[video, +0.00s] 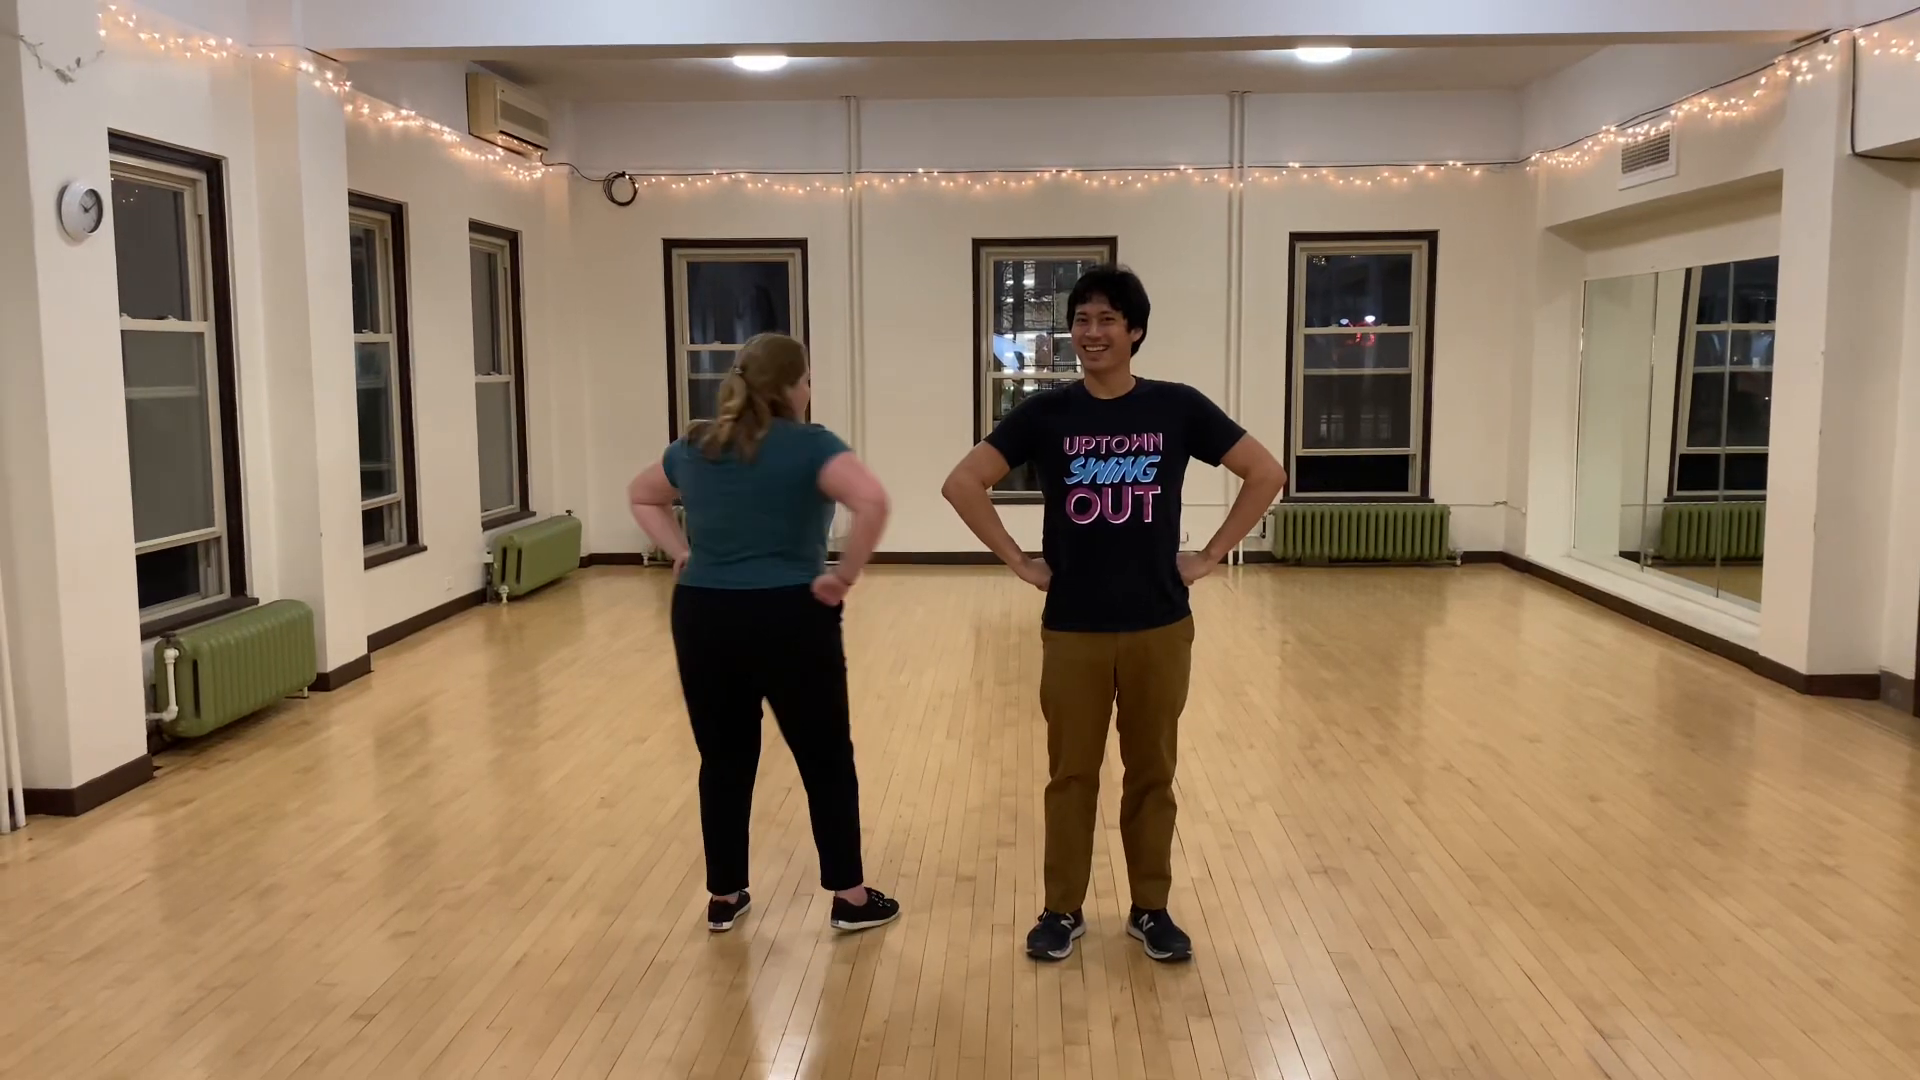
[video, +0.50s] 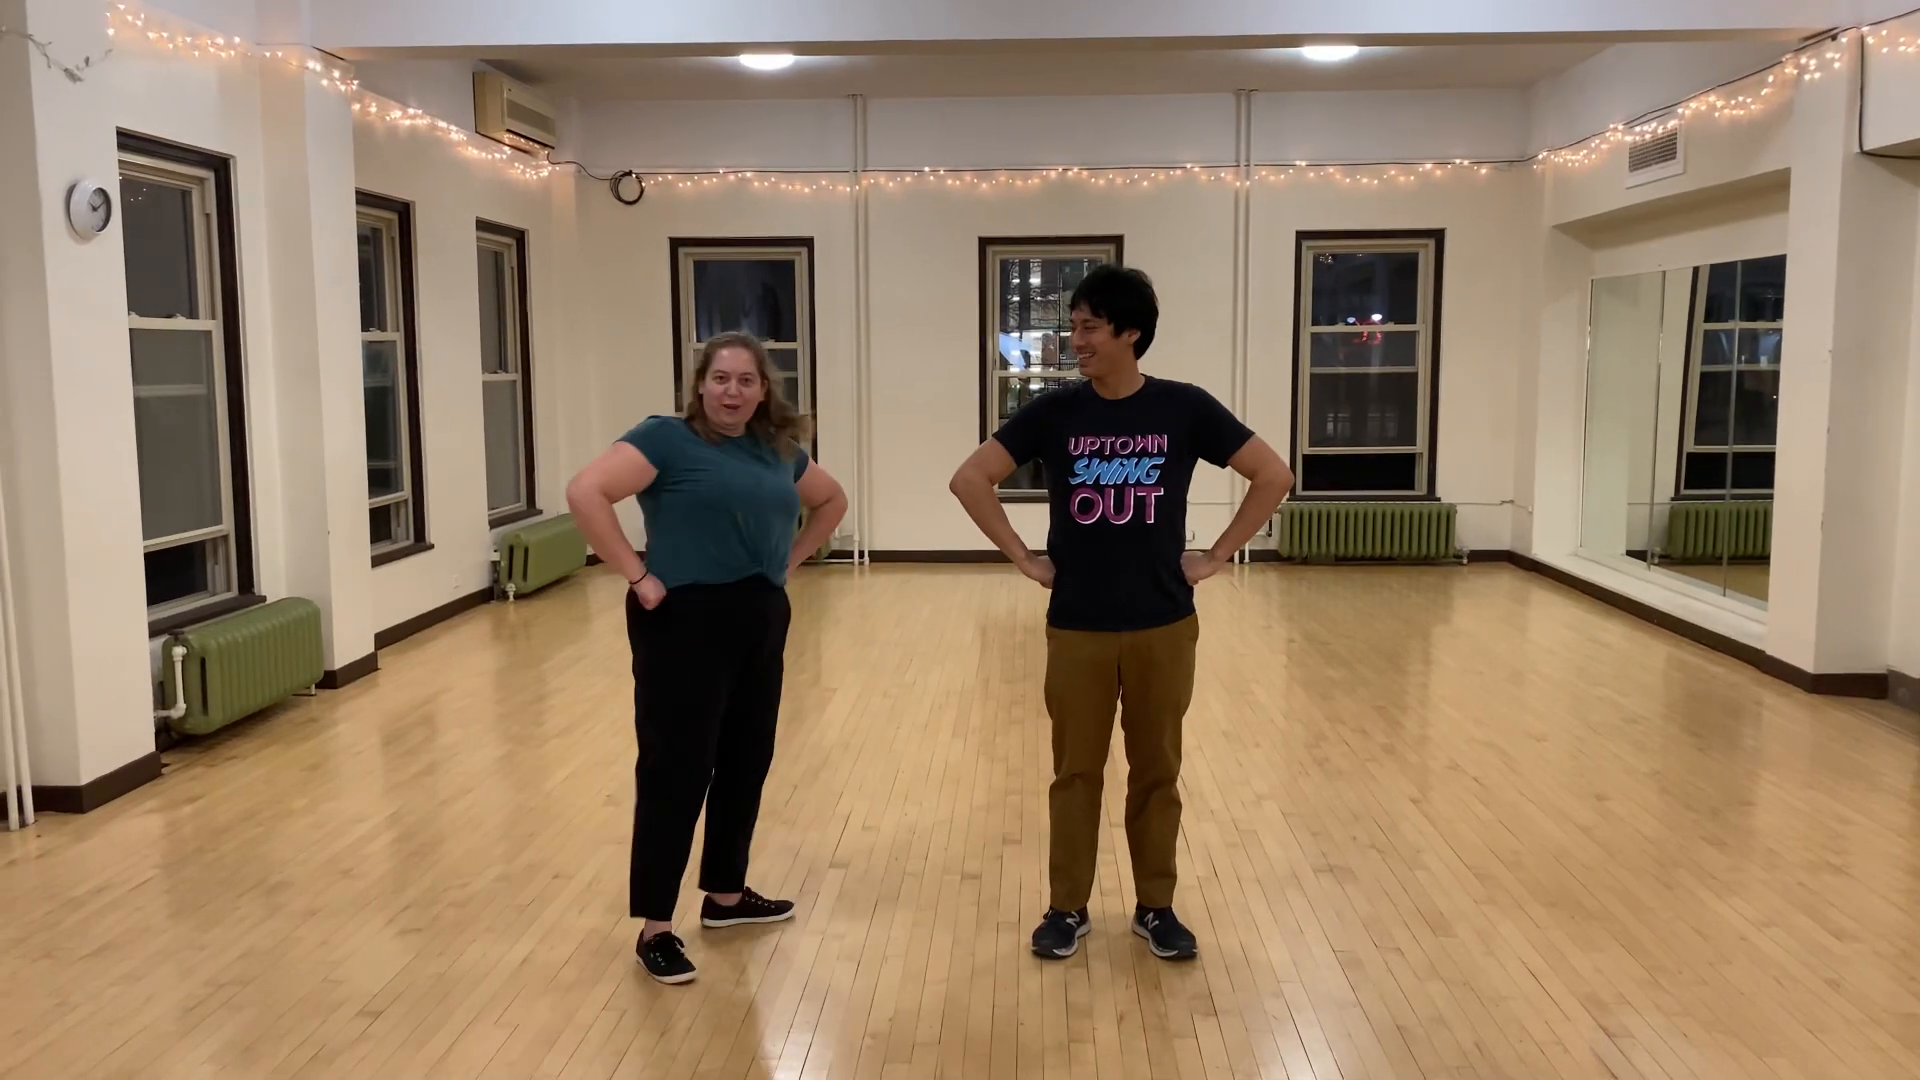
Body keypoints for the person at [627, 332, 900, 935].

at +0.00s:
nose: (810, 391)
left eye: (808, 380)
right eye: (807, 382)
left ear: (742, 386)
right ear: (792, 388)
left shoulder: (696, 448)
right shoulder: (809, 444)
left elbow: (643, 497)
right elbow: (872, 500)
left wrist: (682, 553)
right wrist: (842, 576)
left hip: (705, 622)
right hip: (793, 622)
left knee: (724, 759)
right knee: (826, 758)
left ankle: (725, 895)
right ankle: (848, 894)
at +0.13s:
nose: (805, 390)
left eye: (806, 379)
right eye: (793, 379)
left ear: (746, 390)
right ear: (757, 385)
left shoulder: (720, 437)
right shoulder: (761, 434)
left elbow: (710, 521)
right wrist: (774, 569)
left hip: (685, 604)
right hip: (747, 607)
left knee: (719, 749)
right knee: (810, 736)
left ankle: (727, 892)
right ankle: (836, 881)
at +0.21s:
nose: (784, 386)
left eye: (793, 376)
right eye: (771, 375)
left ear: (800, 386)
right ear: (742, 382)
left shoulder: (762, 443)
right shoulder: (732, 431)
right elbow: (694, 479)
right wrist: (724, 562)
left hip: (705, 607)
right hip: (722, 611)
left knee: (719, 751)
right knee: (801, 733)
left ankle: (725, 891)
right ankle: (783, 877)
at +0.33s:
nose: (758, 383)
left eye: (770, 373)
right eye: (745, 372)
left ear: (786, 382)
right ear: (724, 380)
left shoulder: (788, 446)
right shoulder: (701, 431)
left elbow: (819, 505)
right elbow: (628, 478)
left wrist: (789, 551)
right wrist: (674, 565)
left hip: (753, 610)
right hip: (694, 606)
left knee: (728, 748)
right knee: (748, 742)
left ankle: (723, 887)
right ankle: (699, 892)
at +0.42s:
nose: (746, 386)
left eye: (758, 376)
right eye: (734, 375)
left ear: (775, 386)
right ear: (714, 381)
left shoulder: (784, 449)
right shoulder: (684, 433)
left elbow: (828, 505)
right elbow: (604, 483)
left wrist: (786, 559)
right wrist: (654, 570)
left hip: (757, 614)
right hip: (686, 613)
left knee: (740, 759)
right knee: (695, 763)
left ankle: (723, 892)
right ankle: (662, 922)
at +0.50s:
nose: (732, 390)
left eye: (745, 380)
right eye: (720, 378)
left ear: (763, 389)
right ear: (700, 384)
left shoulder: (776, 452)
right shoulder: (666, 438)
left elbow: (832, 502)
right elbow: (586, 491)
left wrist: (786, 564)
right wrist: (638, 576)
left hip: (757, 623)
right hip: (680, 623)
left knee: (744, 764)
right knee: (675, 772)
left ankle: (726, 893)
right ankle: (655, 928)